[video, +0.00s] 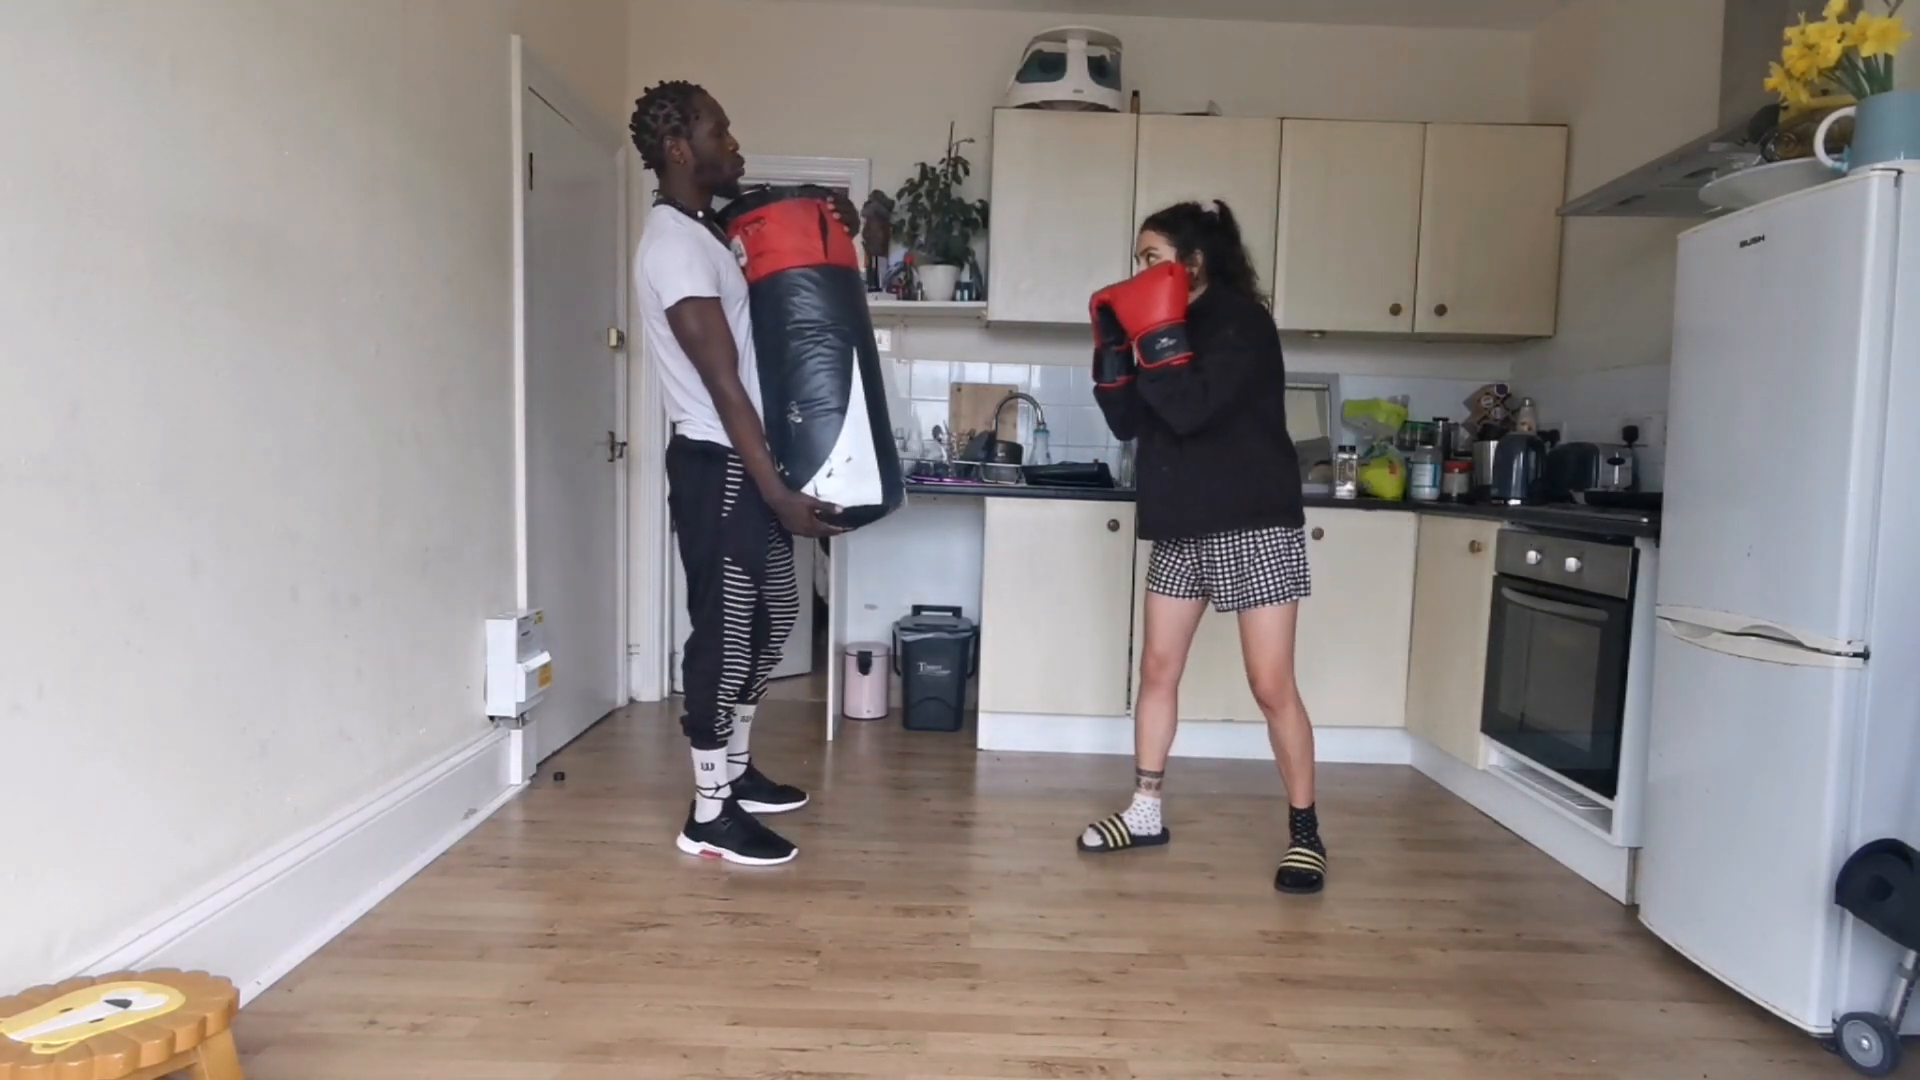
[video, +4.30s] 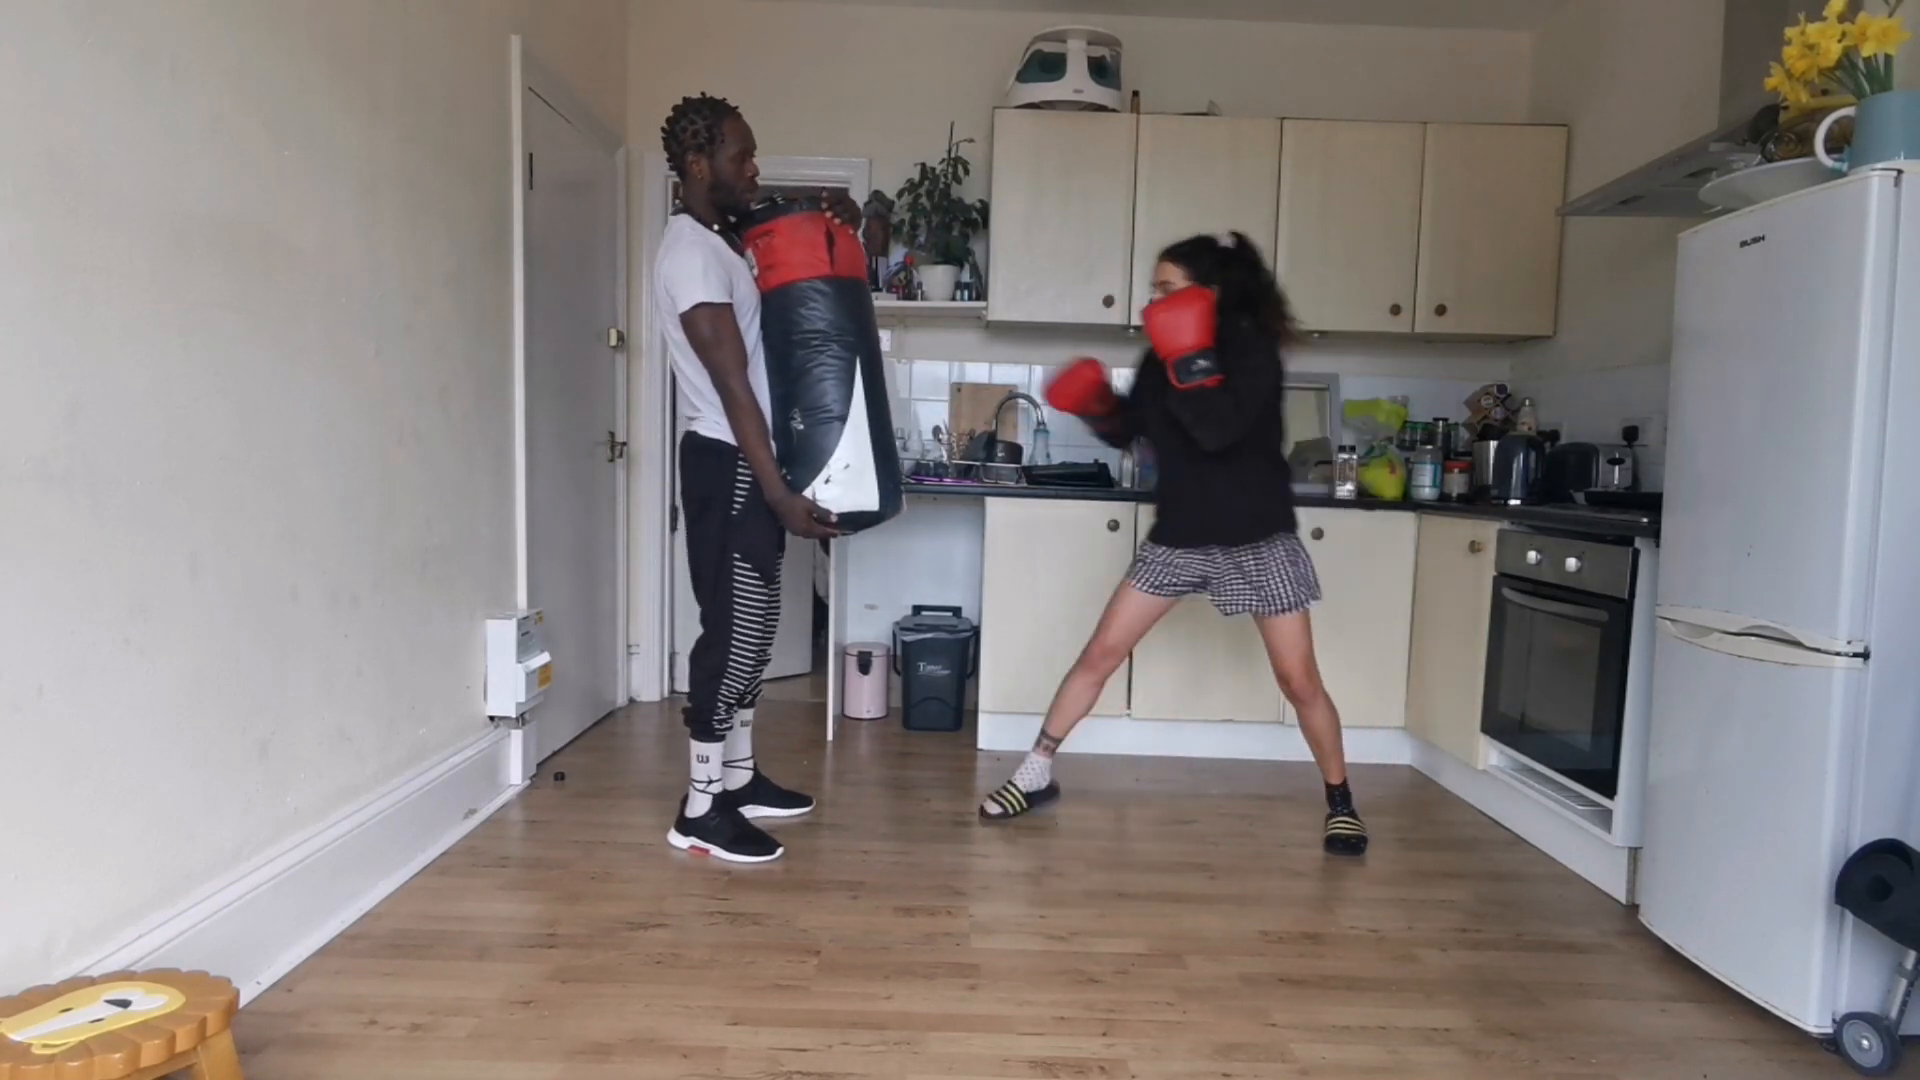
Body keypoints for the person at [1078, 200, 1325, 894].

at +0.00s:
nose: (1143, 270)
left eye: (1153, 258)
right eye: (1139, 259)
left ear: (1197, 259)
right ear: (1156, 265)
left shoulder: (1242, 320)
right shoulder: (1162, 326)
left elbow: (1191, 410)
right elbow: (1127, 422)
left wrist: (1159, 332)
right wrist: (1111, 342)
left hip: (1257, 518)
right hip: (1180, 520)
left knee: (1272, 686)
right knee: (1158, 668)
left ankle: (1304, 834)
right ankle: (1146, 810)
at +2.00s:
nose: (1159, 283)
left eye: (1170, 270)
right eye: (1155, 273)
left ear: (1212, 264)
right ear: (1164, 275)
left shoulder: (1264, 318)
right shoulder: (1177, 328)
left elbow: (1217, 401)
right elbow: (1131, 408)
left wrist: (1183, 328)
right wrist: (1124, 329)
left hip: (1279, 519)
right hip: (1201, 521)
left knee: (1300, 686)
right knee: (1165, 668)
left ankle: (1329, 828)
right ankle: (1146, 810)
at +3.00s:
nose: (1148, 307)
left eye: (1159, 292)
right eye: (1146, 295)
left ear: (1200, 288)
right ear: (1158, 299)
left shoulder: (1260, 345)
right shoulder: (1162, 361)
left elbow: (1237, 429)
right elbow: (1130, 434)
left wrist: (1195, 354)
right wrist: (1090, 403)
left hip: (1297, 526)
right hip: (1214, 535)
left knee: (1341, 687)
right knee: (1137, 663)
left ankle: (1380, 834)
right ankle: (1065, 780)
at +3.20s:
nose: (1094, 358)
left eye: (1105, 347)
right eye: (1093, 348)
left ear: (1148, 344)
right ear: (1118, 349)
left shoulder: (1199, 394)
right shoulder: (1117, 404)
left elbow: (1172, 483)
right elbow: (1035, 420)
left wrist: (1128, 415)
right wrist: (951, 405)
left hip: (1257, 557)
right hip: (1175, 563)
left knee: (1317, 706)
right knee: (1092, 659)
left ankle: (1395, 812)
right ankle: (1066, 795)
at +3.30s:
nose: (1112, 353)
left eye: (1126, 341)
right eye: (1114, 341)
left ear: (1170, 347)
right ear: (1137, 343)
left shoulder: (1216, 398)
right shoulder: (1131, 396)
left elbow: (1173, 493)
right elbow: (1065, 438)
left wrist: (1146, 421)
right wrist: (1003, 433)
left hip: (1255, 558)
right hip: (1176, 561)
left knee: (1311, 709)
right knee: (1094, 656)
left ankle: (1397, 805)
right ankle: (1065, 794)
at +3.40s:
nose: (1196, 346)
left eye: (1210, 334)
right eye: (1195, 333)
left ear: (1255, 341)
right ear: (1200, 333)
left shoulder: (1282, 402)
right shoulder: (1210, 394)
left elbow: (1225, 493)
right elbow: (1190, 468)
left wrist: (1214, 417)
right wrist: (1139, 444)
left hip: (1271, 572)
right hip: (1189, 563)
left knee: (1317, 721)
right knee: (1107, 661)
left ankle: (1391, 819)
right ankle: (1069, 792)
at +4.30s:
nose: (1157, 300)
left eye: (1168, 288)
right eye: (1155, 289)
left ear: (1211, 290)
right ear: (1165, 295)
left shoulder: (1250, 348)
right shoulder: (1165, 353)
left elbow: (1220, 429)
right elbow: (1133, 429)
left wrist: (1189, 360)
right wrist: (1098, 405)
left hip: (1258, 530)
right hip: (1181, 530)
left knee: (1299, 682)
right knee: (1101, 653)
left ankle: (1340, 801)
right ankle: (1035, 771)